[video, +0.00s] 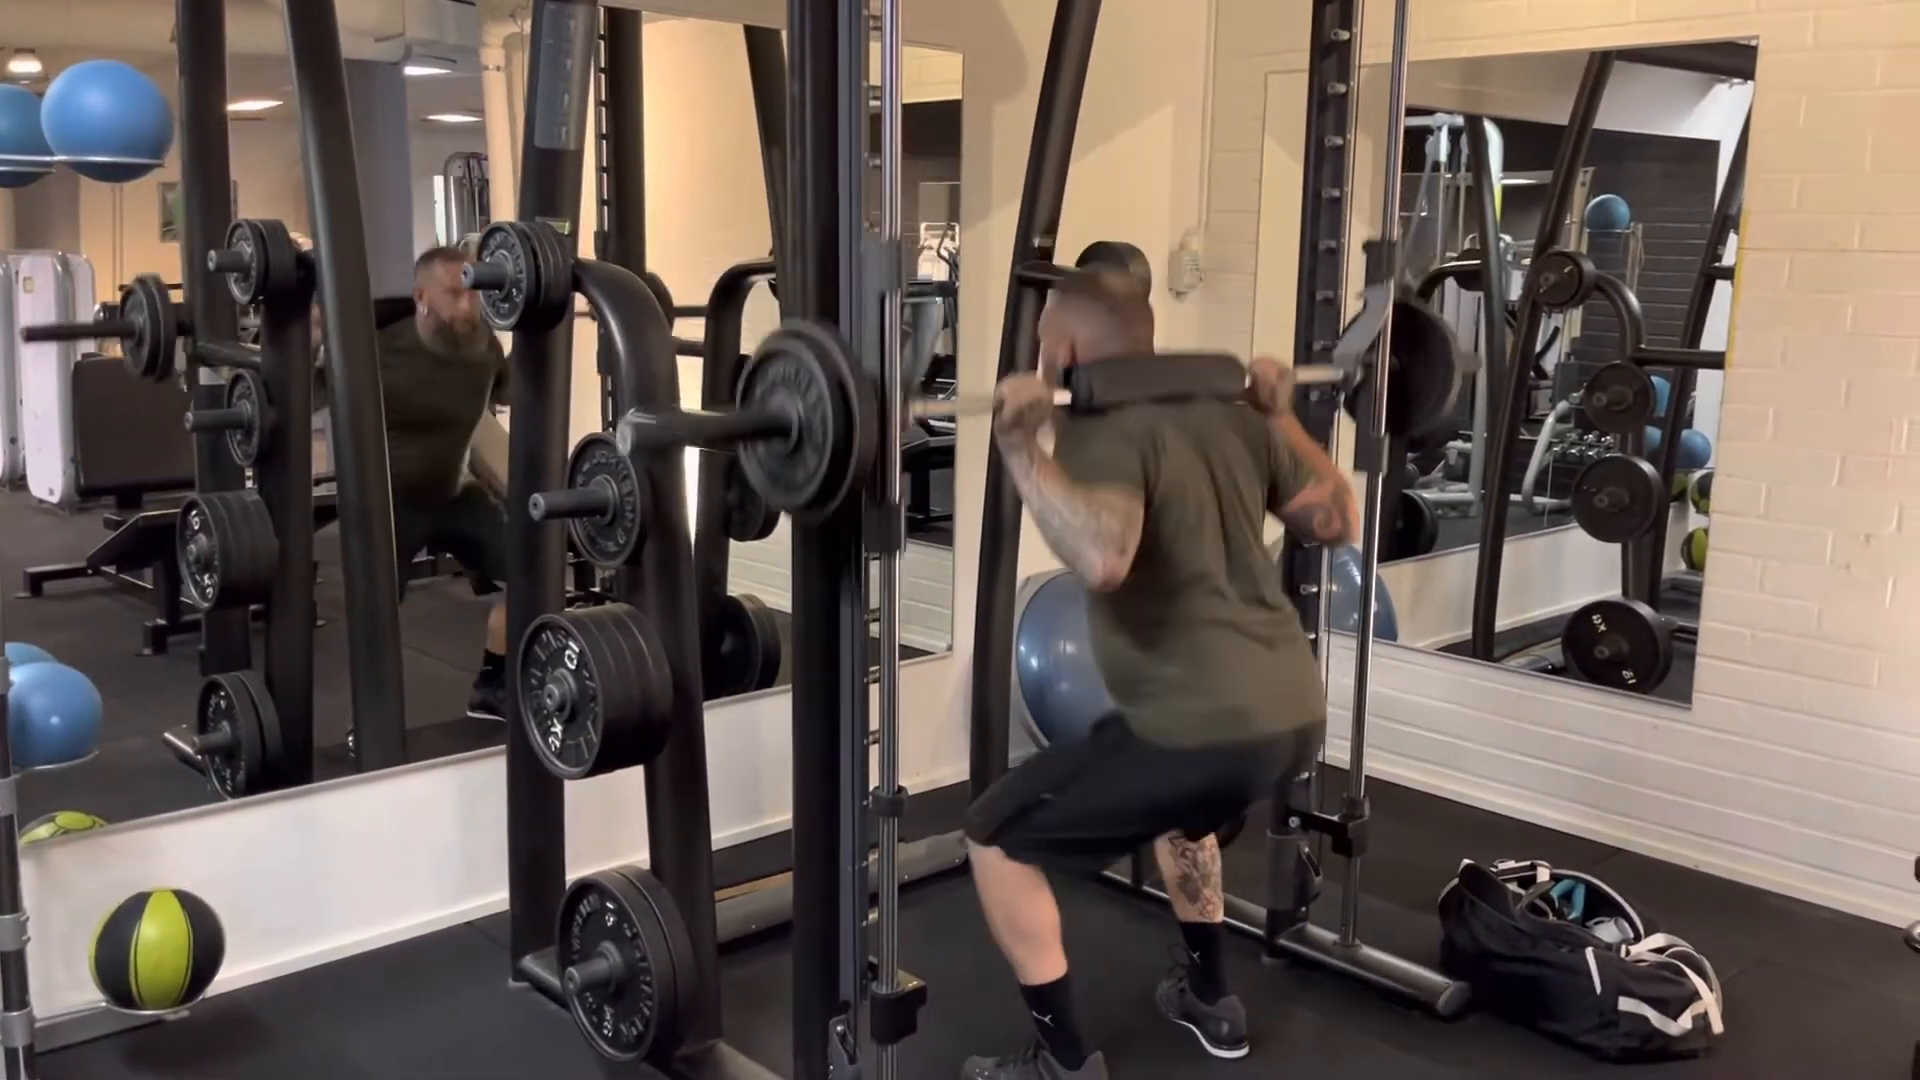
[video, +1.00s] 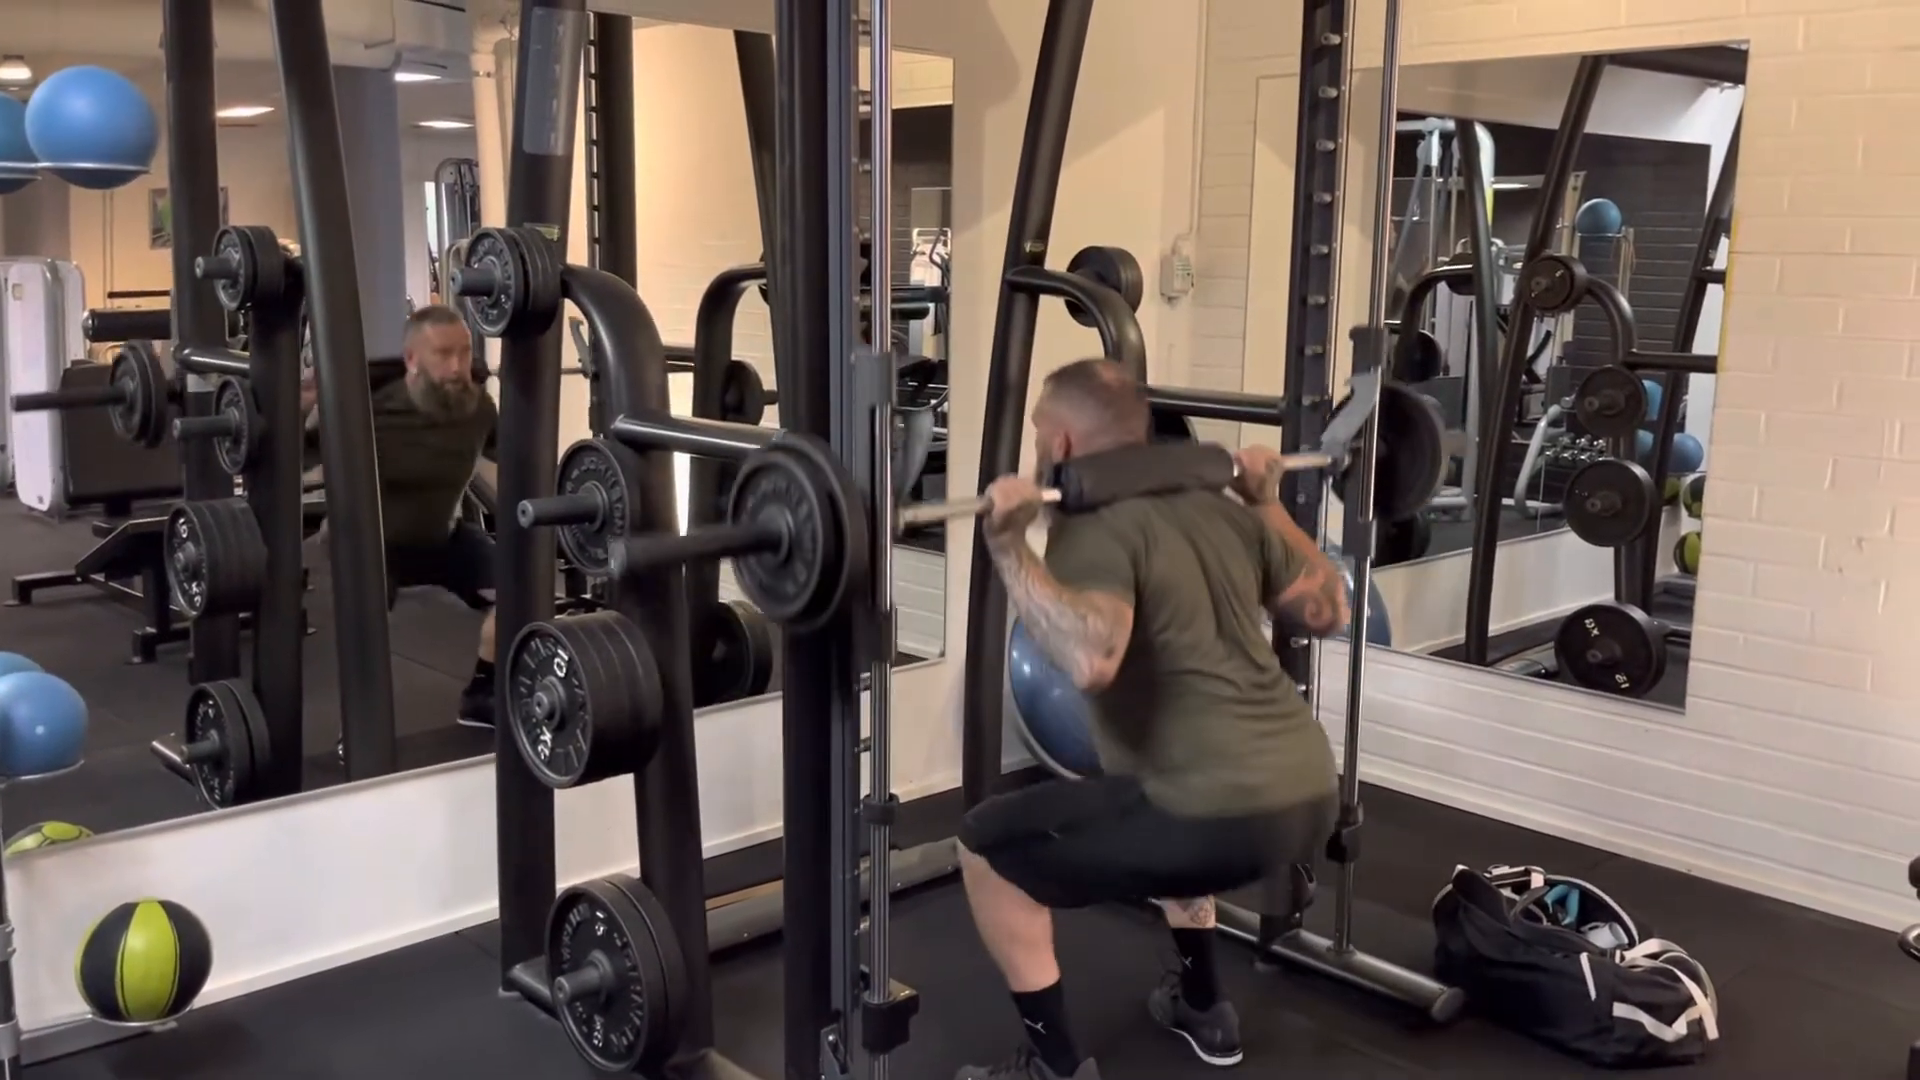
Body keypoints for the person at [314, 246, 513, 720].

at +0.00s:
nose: (468, 306)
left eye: (471, 293)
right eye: (454, 294)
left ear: (479, 294)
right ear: (422, 297)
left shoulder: (485, 350)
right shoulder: (380, 352)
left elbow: (510, 396)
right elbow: (304, 396)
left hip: (454, 498)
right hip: (388, 502)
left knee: (526, 559)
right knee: (377, 602)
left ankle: (494, 683)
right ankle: (371, 717)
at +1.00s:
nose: (458, 367)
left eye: (465, 353)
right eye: (444, 354)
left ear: (473, 354)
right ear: (411, 360)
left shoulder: (478, 410)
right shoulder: (374, 414)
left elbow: (508, 450)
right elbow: (292, 466)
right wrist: (296, 414)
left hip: (441, 541)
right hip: (373, 545)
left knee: (517, 579)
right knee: (364, 609)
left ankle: (484, 691)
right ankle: (359, 721)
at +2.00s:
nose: (454, 217)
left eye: (459, 205)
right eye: (440, 206)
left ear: (466, 210)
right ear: (405, 212)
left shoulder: (473, 273)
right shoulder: (360, 274)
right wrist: (279, 268)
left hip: (458, 459)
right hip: (381, 463)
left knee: (482, 574)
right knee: (365, 594)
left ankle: (482, 699)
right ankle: (359, 714)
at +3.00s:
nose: (458, 436)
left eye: (466, 421)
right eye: (444, 423)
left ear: (474, 420)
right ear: (411, 424)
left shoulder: (480, 469)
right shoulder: (367, 474)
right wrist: (292, 480)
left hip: (438, 593)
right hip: (369, 598)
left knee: (515, 596)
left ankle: (483, 708)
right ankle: (358, 738)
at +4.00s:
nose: (448, 262)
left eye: (453, 250)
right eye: (435, 251)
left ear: (460, 252)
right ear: (402, 256)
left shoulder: (465, 318)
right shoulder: (363, 319)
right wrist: (274, 298)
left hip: (442, 490)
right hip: (374, 494)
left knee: (494, 584)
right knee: (361, 621)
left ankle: (478, 714)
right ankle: (354, 734)